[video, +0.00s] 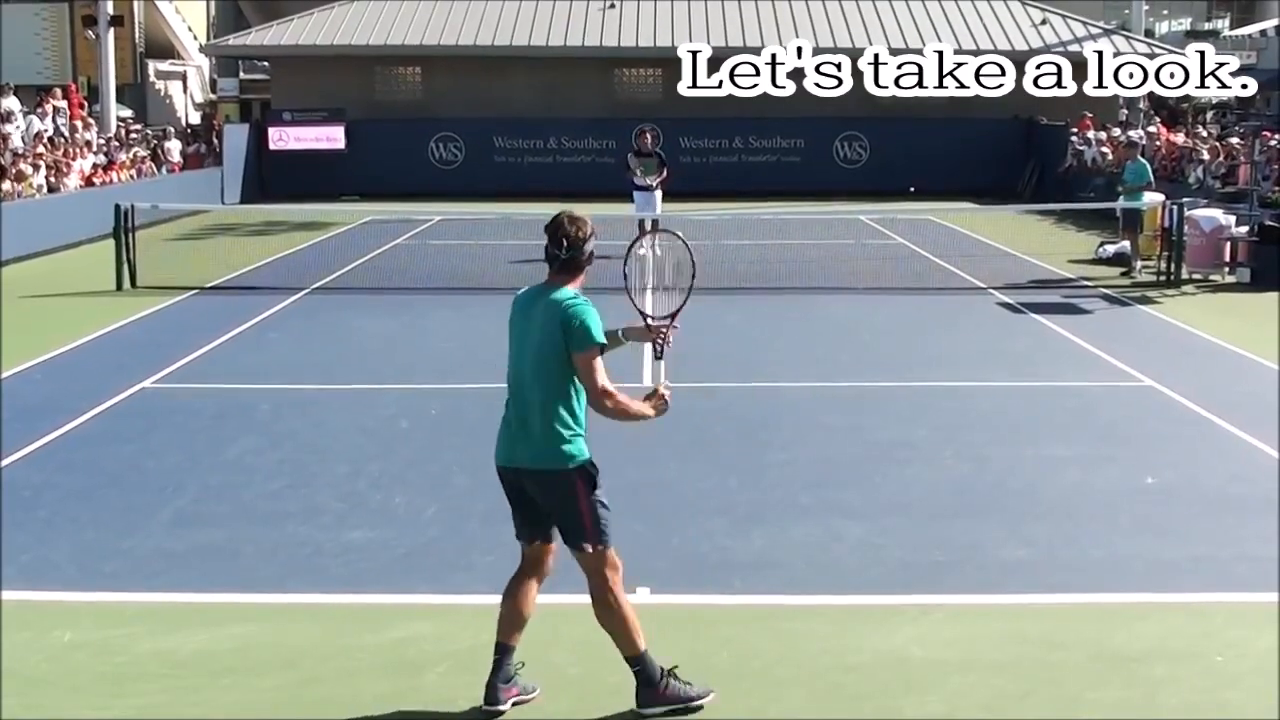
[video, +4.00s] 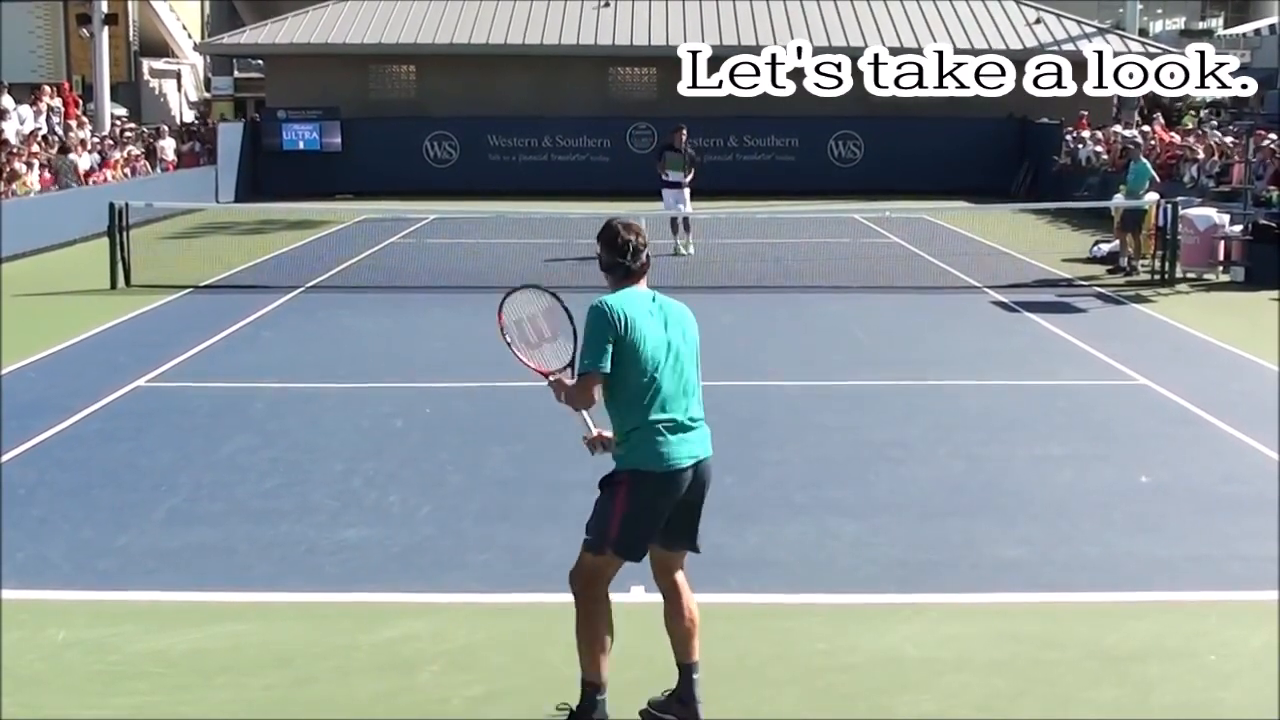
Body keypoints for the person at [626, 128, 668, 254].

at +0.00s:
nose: (646, 141)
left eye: (648, 138)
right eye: (643, 139)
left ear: (652, 140)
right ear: (638, 141)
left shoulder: (657, 154)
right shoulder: (633, 156)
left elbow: (664, 171)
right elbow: (630, 172)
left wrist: (656, 181)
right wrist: (636, 174)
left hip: (654, 189)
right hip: (640, 189)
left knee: (655, 217)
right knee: (641, 218)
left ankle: (655, 242)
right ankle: (643, 244)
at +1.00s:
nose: (647, 135)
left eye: (649, 132)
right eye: (645, 132)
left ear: (653, 135)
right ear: (640, 135)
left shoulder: (658, 151)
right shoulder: (633, 148)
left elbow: (661, 167)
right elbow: (629, 166)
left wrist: (655, 178)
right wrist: (635, 155)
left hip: (650, 184)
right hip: (635, 183)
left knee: (656, 214)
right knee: (626, 213)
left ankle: (663, 240)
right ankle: (616, 240)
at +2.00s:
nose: (650, 140)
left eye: (652, 137)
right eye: (648, 137)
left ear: (654, 141)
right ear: (641, 138)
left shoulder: (654, 158)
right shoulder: (631, 150)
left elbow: (652, 174)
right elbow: (621, 161)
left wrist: (649, 186)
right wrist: (619, 174)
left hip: (644, 188)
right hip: (629, 186)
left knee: (651, 215)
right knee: (629, 215)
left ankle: (653, 240)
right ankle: (628, 244)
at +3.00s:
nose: (645, 136)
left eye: (648, 133)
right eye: (643, 133)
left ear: (651, 136)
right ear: (638, 135)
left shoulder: (655, 151)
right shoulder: (632, 149)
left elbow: (659, 167)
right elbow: (626, 167)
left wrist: (654, 179)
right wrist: (633, 161)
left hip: (649, 184)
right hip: (633, 183)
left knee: (657, 212)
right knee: (624, 211)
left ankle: (664, 238)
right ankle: (612, 238)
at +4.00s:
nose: (682, 137)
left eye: (684, 135)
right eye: (680, 134)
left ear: (686, 137)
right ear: (674, 136)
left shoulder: (689, 153)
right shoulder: (665, 150)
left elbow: (692, 168)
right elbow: (659, 165)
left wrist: (688, 178)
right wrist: (662, 172)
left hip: (682, 185)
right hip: (668, 186)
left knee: (686, 214)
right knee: (674, 214)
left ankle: (689, 242)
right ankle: (676, 243)